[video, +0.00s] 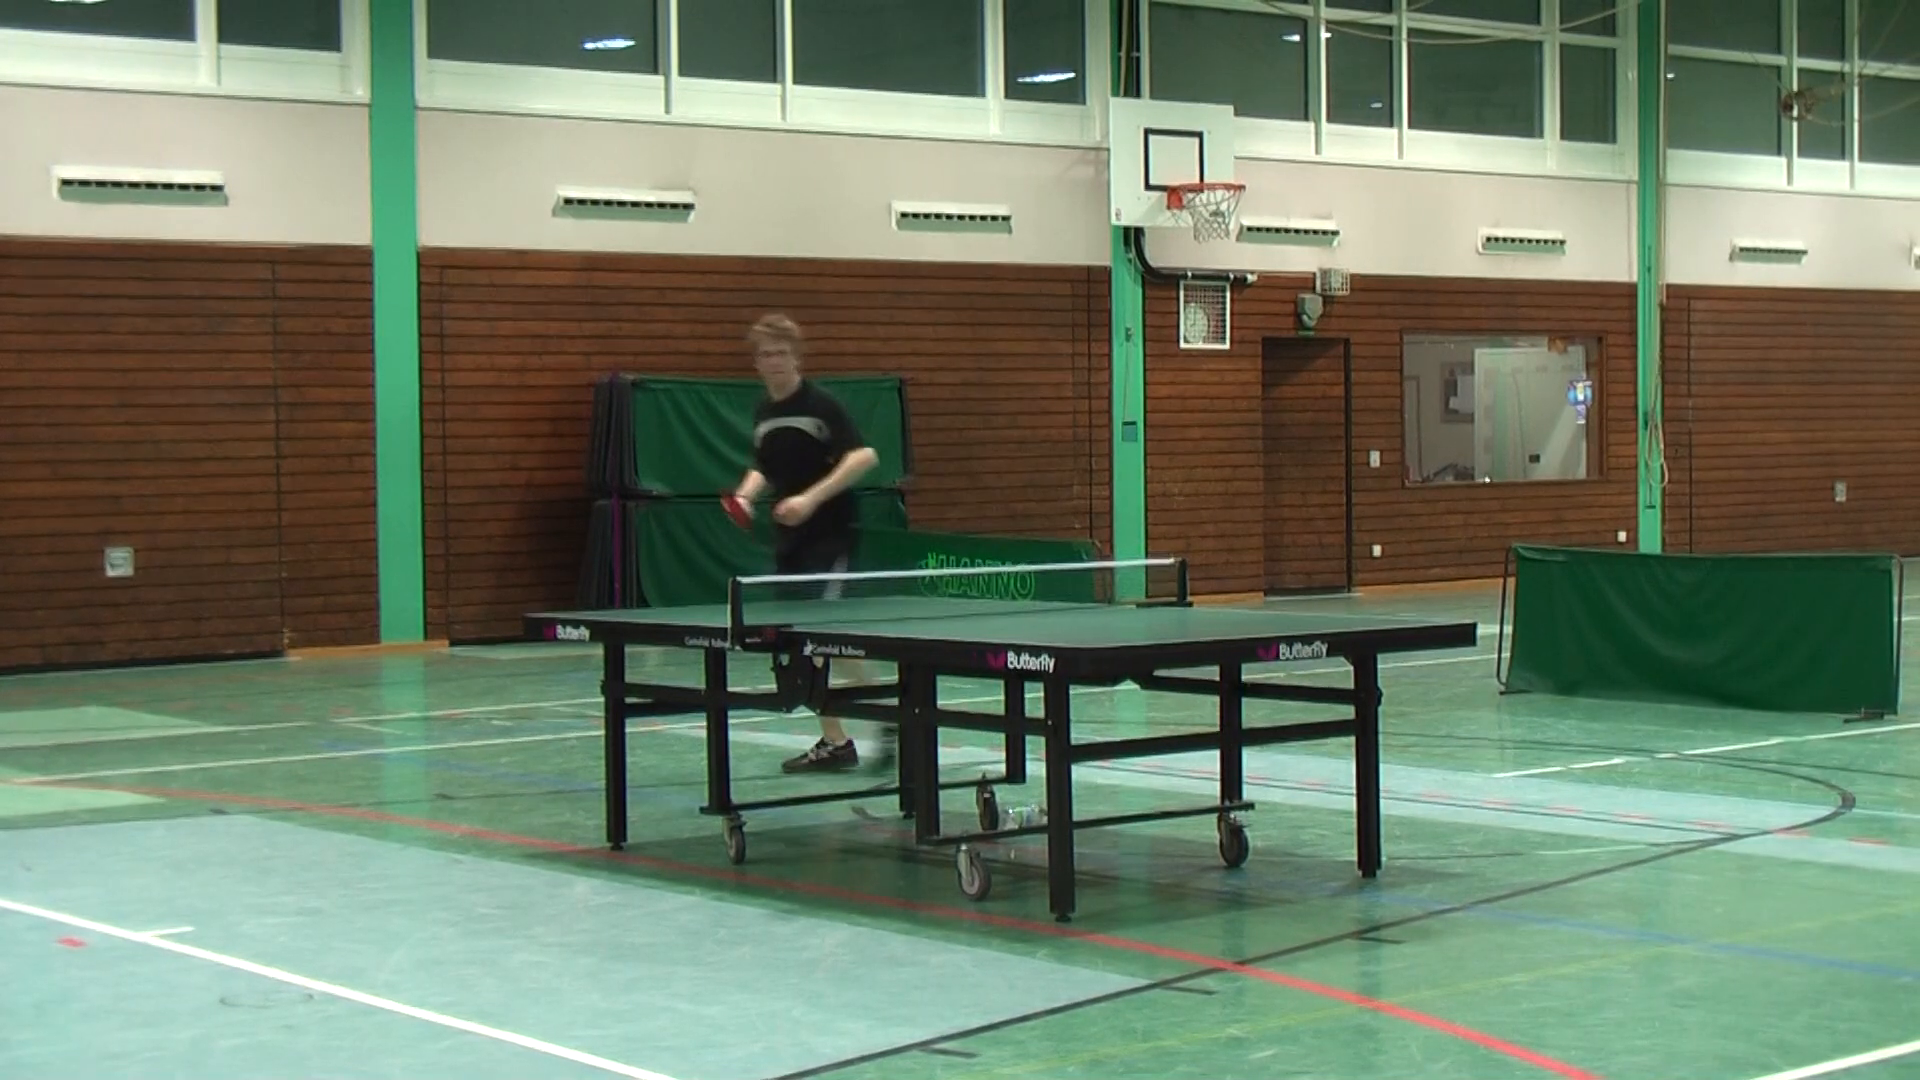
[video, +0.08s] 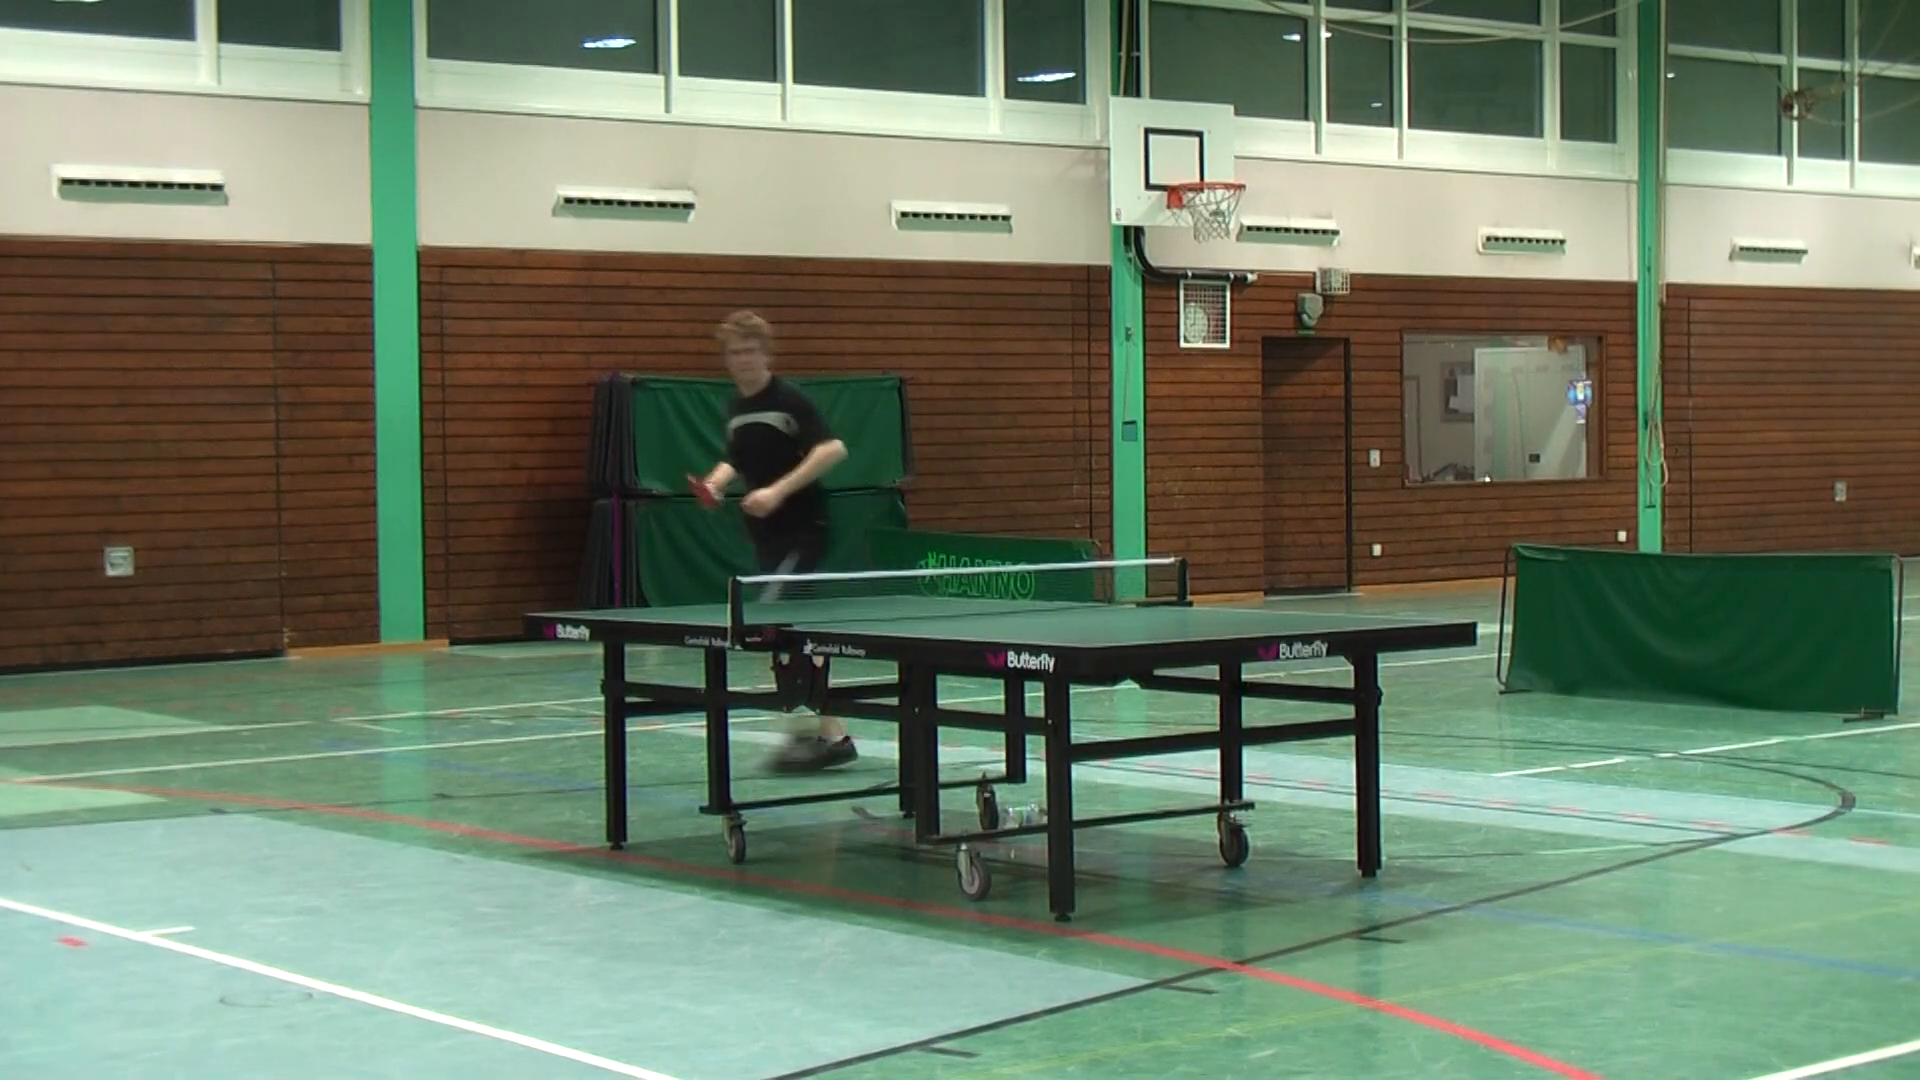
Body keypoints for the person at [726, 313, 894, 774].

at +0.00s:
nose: (774, 363)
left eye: (782, 354)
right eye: (766, 356)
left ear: (798, 356)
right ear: (756, 363)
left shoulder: (821, 404)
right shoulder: (764, 412)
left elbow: (863, 456)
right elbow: (765, 465)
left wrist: (809, 498)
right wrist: (745, 494)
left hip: (831, 539)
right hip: (791, 540)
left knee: (826, 633)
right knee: (799, 641)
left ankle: (888, 714)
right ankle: (835, 739)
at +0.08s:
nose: (744, 361)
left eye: (751, 352)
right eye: (735, 354)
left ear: (768, 353)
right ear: (725, 359)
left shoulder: (790, 400)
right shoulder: (736, 406)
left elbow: (833, 448)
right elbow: (738, 458)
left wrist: (776, 490)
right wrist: (715, 482)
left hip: (803, 535)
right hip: (768, 536)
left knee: (778, 624)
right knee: (797, 631)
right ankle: (831, 731)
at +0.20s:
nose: (681, 373)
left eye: (689, 364)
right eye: (677, 365)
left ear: (714, 364)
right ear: (677, 369)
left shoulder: (739, 409)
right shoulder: (693, 414)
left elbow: (784, 458)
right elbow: (690, 464)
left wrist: (729, 499)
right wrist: (662, 490)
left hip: (751, 545)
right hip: (723, 544)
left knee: (692, 630)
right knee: (782, 635)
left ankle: (667, 738)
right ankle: (831, 730)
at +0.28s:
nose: (641, 383)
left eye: (647, 374)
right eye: (639, 375)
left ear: (676, 374)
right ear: (654, 377)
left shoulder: (707, 420)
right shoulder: (666, 419)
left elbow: (750, 474)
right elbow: (661, 471)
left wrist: (693, 514)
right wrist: (633, 503)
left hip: (711, 554)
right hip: (688, 551)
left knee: (652, 637)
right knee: (746, 643)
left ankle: (631, 743)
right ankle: (818, 722)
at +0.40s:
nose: (591, 381)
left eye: (596, 373)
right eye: (591, 373)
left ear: (620, 374)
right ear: (612, 375)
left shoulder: (653, 422)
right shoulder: (623, 419)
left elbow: (683, 487)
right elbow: (625, 484)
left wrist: (625, 529)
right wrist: (597, 521)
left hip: (660, 553)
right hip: (639, 549)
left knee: (604, 638)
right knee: (658, 645)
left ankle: (621, 746)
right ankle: (745, 699)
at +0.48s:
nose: (563, 373)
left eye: (568, 364)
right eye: (563, 364)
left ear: (590, 365)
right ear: (593, 366)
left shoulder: (620, 410)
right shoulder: (605, 409)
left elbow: (639, 476)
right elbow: (615, 478)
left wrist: (581, 514)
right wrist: (586, 523)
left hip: (634, 535)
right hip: (619, 533)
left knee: (592, 630)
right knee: (607, 627)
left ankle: (620, 745)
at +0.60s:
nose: (524, 361)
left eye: (528, 353)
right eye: (524, 353)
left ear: (550, 355)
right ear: (556, 355)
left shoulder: (569, 401)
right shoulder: (590, 397)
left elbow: (572, 460)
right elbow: (617, 461)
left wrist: (521, 491)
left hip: (586, 535)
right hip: (583, 532)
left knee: (595, 634)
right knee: (543, 623)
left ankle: (618, 739)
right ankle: (552, 726)